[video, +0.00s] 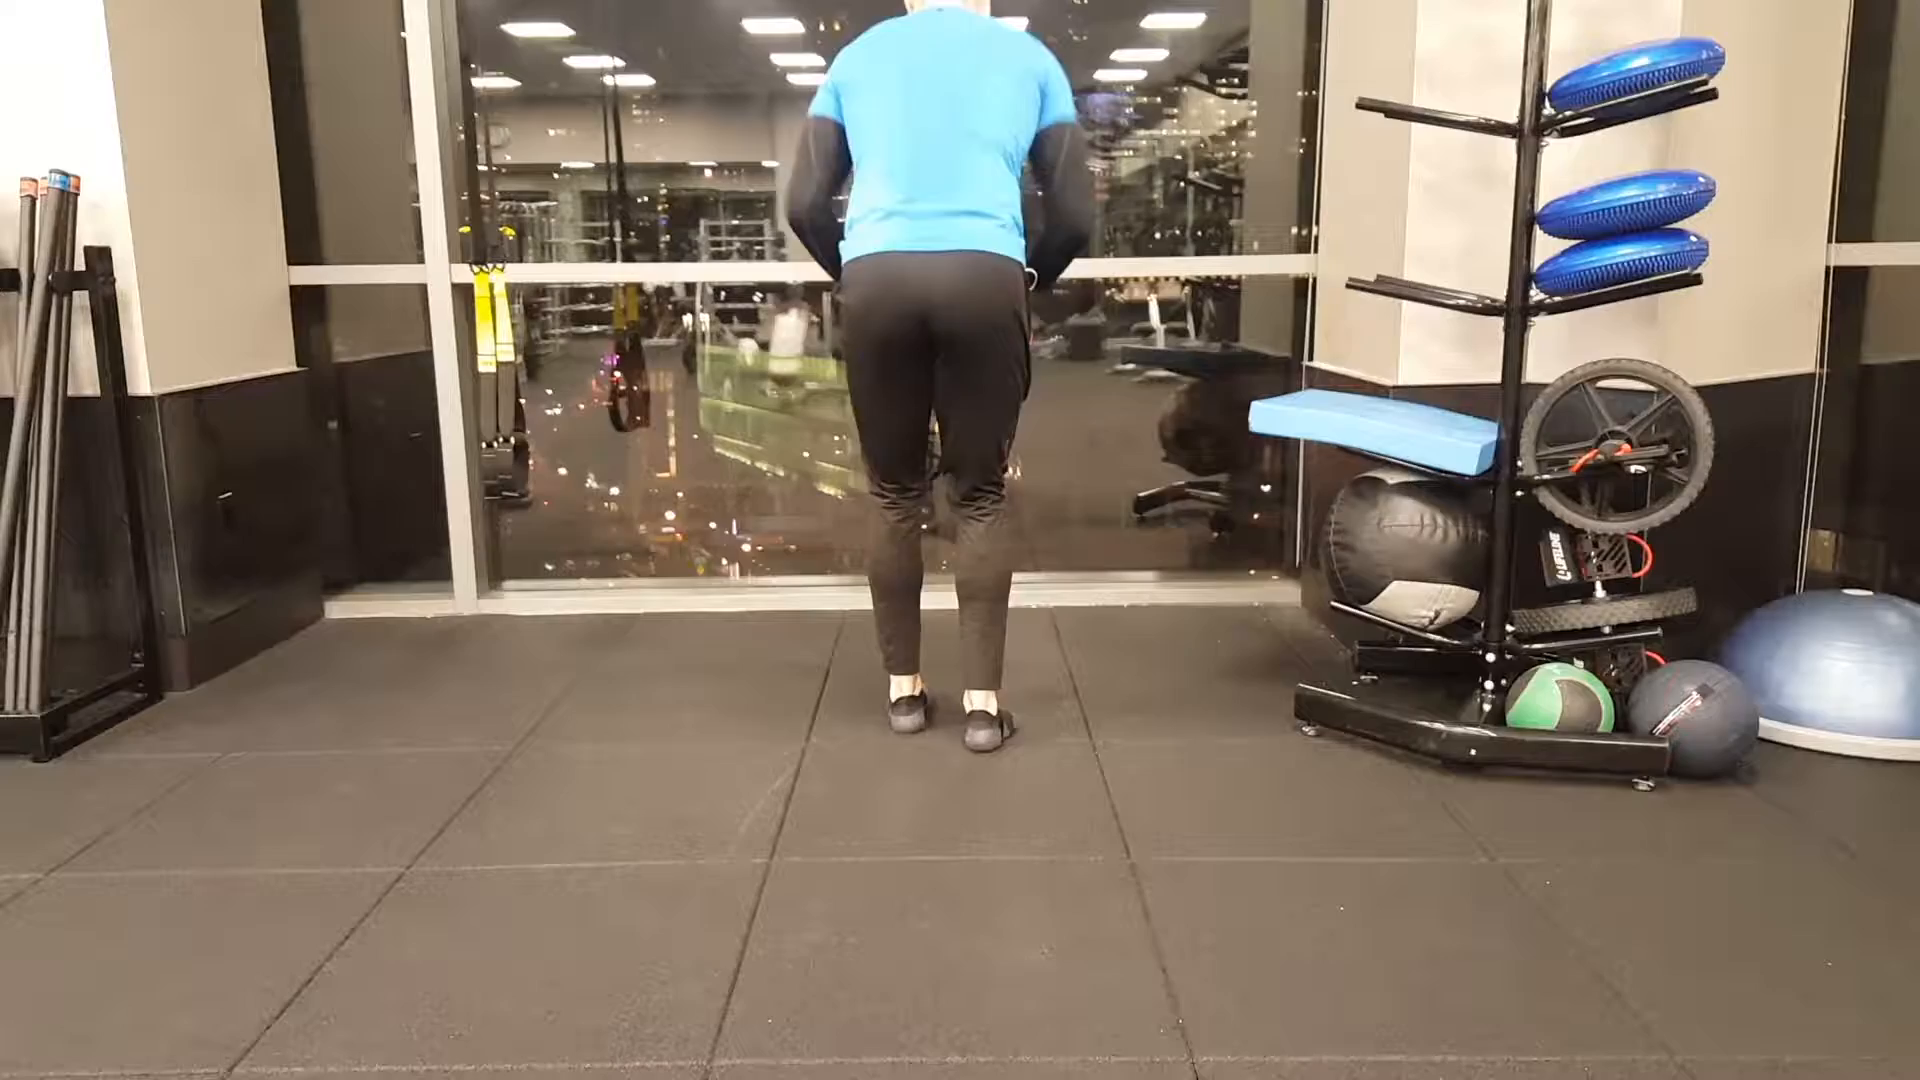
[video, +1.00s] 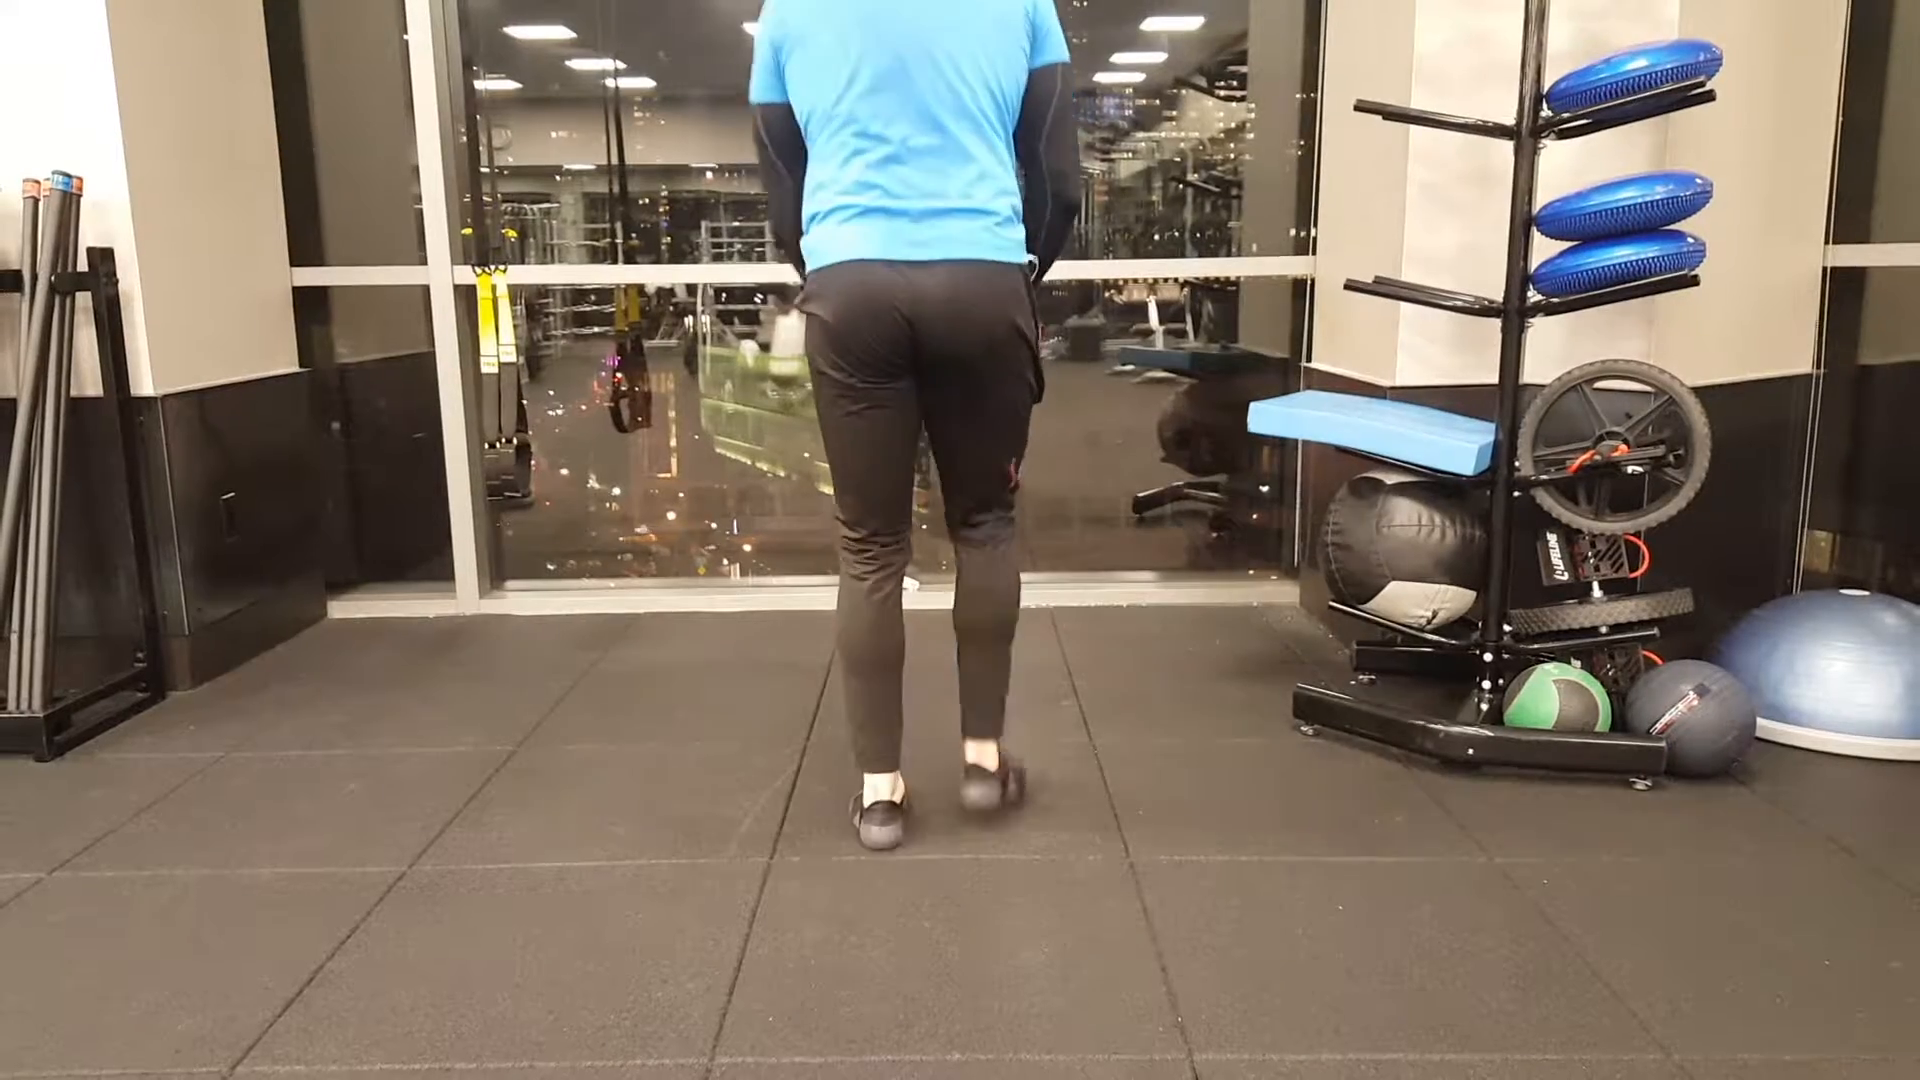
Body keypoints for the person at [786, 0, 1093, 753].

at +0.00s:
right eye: (1006, 15)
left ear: (910, 5)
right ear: (988, 7)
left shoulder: (857, 54)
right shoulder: (1031, 55)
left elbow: (803, 205)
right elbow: (1075, 218)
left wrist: (854, 275)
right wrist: (1030, 280)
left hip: (876, 275)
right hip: (983, 272)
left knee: (895, 494)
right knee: (979, 496)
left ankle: (904, 692)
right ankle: (982, 708)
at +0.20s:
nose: (982, 28)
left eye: (920, 20)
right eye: (986, 20)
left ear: (914, 20)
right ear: (985, 20)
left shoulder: (860, 76)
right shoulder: (1028, 86)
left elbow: (837, 202)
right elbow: (1046, 219)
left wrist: (883, 262)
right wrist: (1010, 281)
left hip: (877, 284)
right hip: (988, 286)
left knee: (889, 501)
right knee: (983, 499)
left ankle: (904, 691)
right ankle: (982, 706)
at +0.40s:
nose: (992, 23)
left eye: (911, 18)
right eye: (988, 17)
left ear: (909, 16)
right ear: (983, 16)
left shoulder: (862, 76)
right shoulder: (1036, 75)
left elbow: (850, 203)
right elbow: (1060, 218)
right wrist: (1026, 291)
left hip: (893, 287)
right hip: (1006, 287)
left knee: (889, 500)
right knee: (994, 502)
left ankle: (895, 688)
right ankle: (984, 708)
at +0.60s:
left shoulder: (850, 50)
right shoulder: (1041, 47)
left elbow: (844, 200)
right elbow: (1060, 211)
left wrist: (905, 260)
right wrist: (1030, 298)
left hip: (891, 288)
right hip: (1007, 288)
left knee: (882, 504)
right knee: (992, 510)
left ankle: (882, 708)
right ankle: (984, 711)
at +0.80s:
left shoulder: (821, 34)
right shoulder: (1026, 26)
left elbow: (820, 197)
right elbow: (1053, 201)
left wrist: (867, 270)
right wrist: (1021, 296)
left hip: (863, 295)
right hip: (985, 294)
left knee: (876, 544)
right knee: (984, 526)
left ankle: (880, 773)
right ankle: (987, 712)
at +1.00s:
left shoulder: (789, 12)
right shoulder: (1021, 8)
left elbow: (789, 184)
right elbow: (1058, 186)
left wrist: (826, 269)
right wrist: (1016, 276)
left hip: (849, 280)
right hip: (980, 280)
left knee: (869, 543)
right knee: (985, 520)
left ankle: (880, 793)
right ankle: (983, 761)